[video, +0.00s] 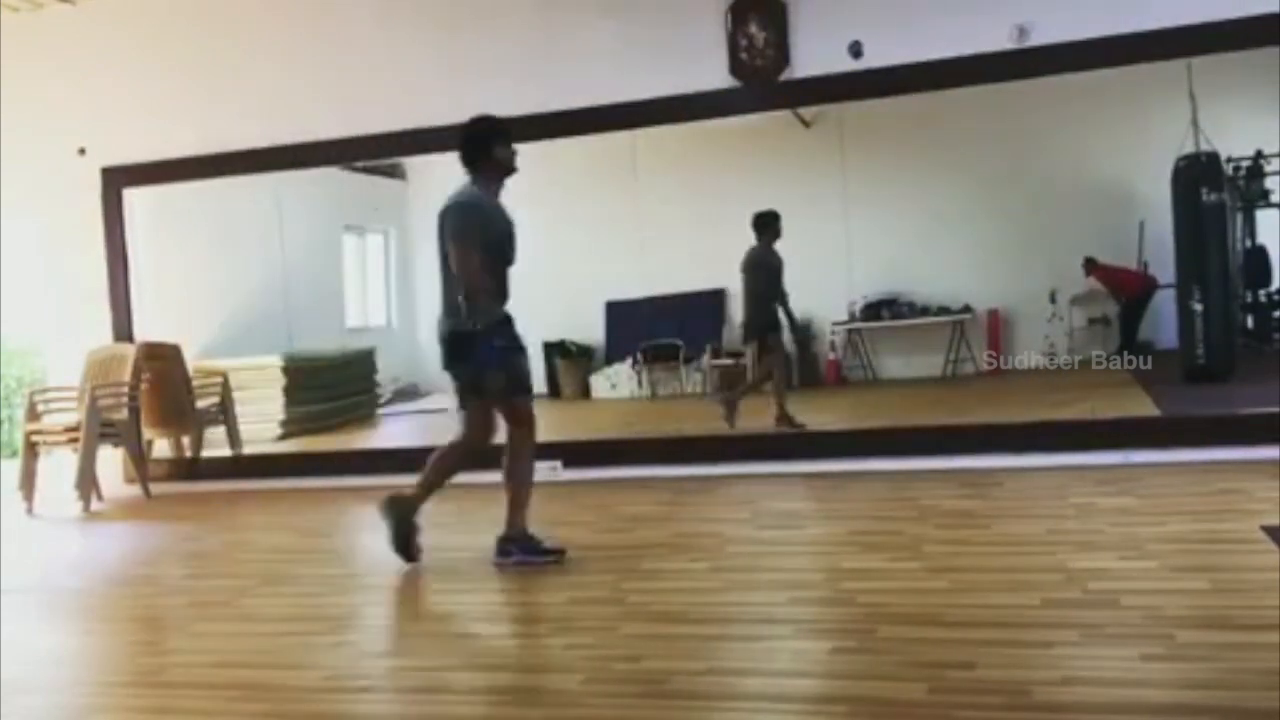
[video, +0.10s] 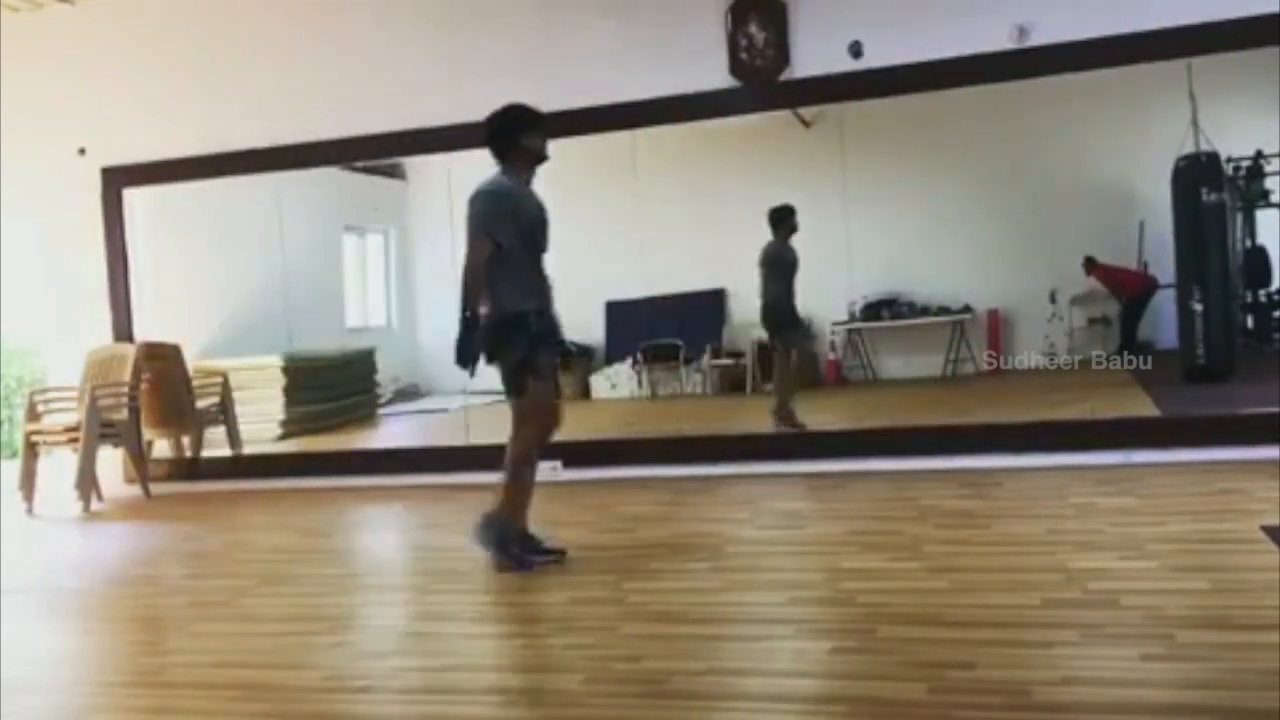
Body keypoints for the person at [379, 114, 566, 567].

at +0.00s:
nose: (514, 155)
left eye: (511, 147)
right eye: (506, 148)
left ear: (487, 156)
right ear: (488, 156)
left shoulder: (489, 208)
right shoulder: (464, 208)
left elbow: (487, 273)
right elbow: (466, 271)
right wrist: (487, 316)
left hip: (489, 331)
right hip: (474, 335)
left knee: (477, 434)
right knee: (479, 434)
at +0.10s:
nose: (544, 150)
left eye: (543, 141)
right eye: (536, 141)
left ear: (520, 146)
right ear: (512, 146)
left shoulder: (527, 199)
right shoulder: (492, 197)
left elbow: (531, 269)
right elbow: (475, 261)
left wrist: (551, 328)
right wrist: (468, 322)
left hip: (534, 319)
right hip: (511, 321)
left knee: (543, 417)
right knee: (533, 418)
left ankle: (507, 518)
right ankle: (511, 525)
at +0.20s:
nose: (561, 144)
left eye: (559, 135)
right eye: (552, 135)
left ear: (536, 144)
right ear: (528, 143)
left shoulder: (548, 203)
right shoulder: (505, 197)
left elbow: (554, 269)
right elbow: (479, 263)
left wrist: (583, 322)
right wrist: (469, 324)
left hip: (541, 315)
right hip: (517, 318)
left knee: (532, 420)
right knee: (565, 410)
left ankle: (520, 530)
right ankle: (550, 526)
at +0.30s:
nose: (594, 145)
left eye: (591, 138)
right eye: (585, 139)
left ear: (566, 150)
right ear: (563, 149)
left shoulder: (581, 206)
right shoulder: (537, 203)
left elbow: (593, 271)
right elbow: (506, 269)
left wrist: (628, 307)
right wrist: (493, 330)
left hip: (573, 327)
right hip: (558, 330)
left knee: (544, 428)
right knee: (609, 418)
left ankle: (518, 530)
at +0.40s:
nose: (611, 143)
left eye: (608, 135)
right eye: (601, 137)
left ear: (582, 149)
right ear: (580, 148)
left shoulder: (598, 204)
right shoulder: (556, 204)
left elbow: (615, 267)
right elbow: (528, 276)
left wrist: (650, 305)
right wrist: (514, 341)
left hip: (597, 329)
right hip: (577, 333)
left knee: (562, 427)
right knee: (629, 419)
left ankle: (522, 527)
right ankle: (679, 525)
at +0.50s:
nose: (643, 130)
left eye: (640, 122)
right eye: (634, 124)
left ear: (620, 135)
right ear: (615, 136)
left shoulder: (640, 194)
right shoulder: (594, 198)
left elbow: (657, 262)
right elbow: (583, 274)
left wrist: (680, 320)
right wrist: (579, 342)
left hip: (650, 312)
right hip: (625, 317)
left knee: (632, 424)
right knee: (654, 424)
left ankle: (557, 504)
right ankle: (687, 528)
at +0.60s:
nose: (661, 124)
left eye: (657, 116)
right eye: (651, 118)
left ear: (638, 130)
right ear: (632, 131)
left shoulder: (657, 188)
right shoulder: (613, 194)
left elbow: (671, 258)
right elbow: (611, 269)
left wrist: (689, 313)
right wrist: (614, 336)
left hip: (672, 312)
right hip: (642, 316)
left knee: (678, 416)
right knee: (666, 418)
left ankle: (593, 492)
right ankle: (687, 527)